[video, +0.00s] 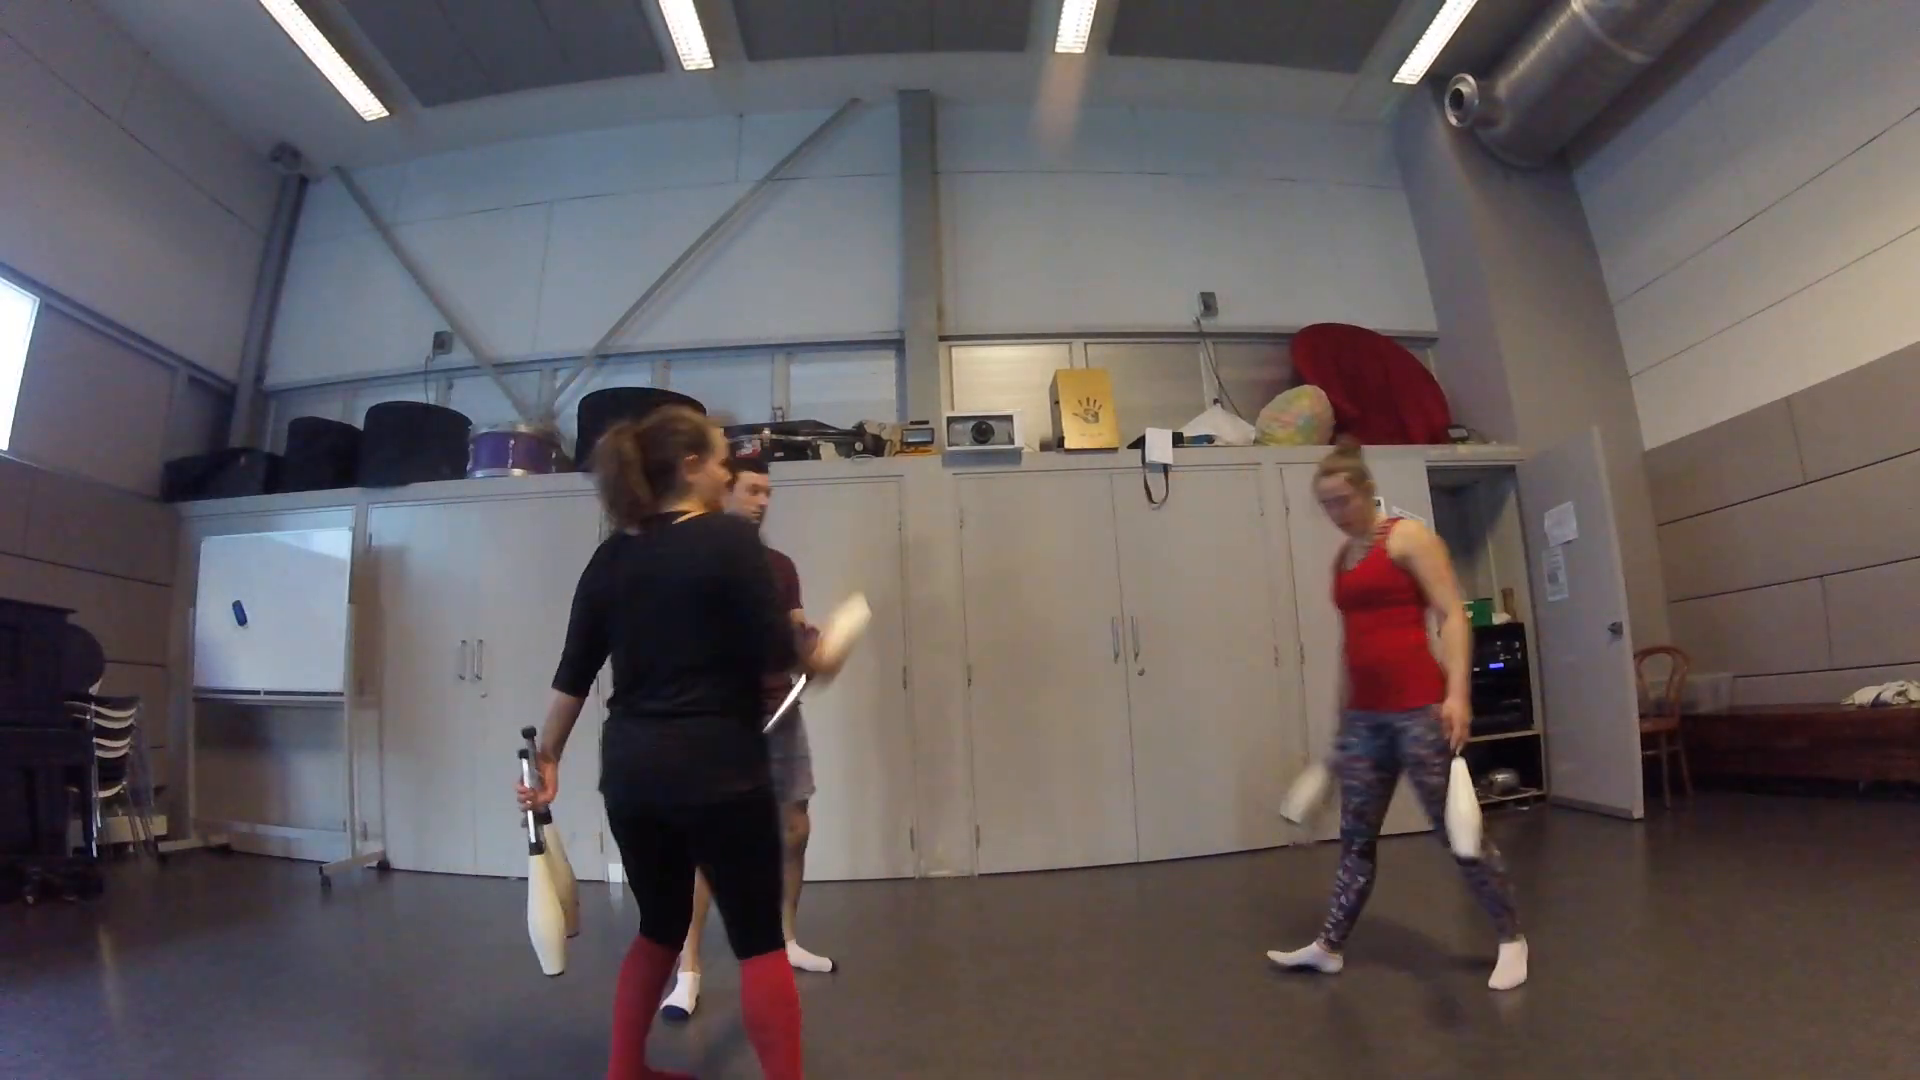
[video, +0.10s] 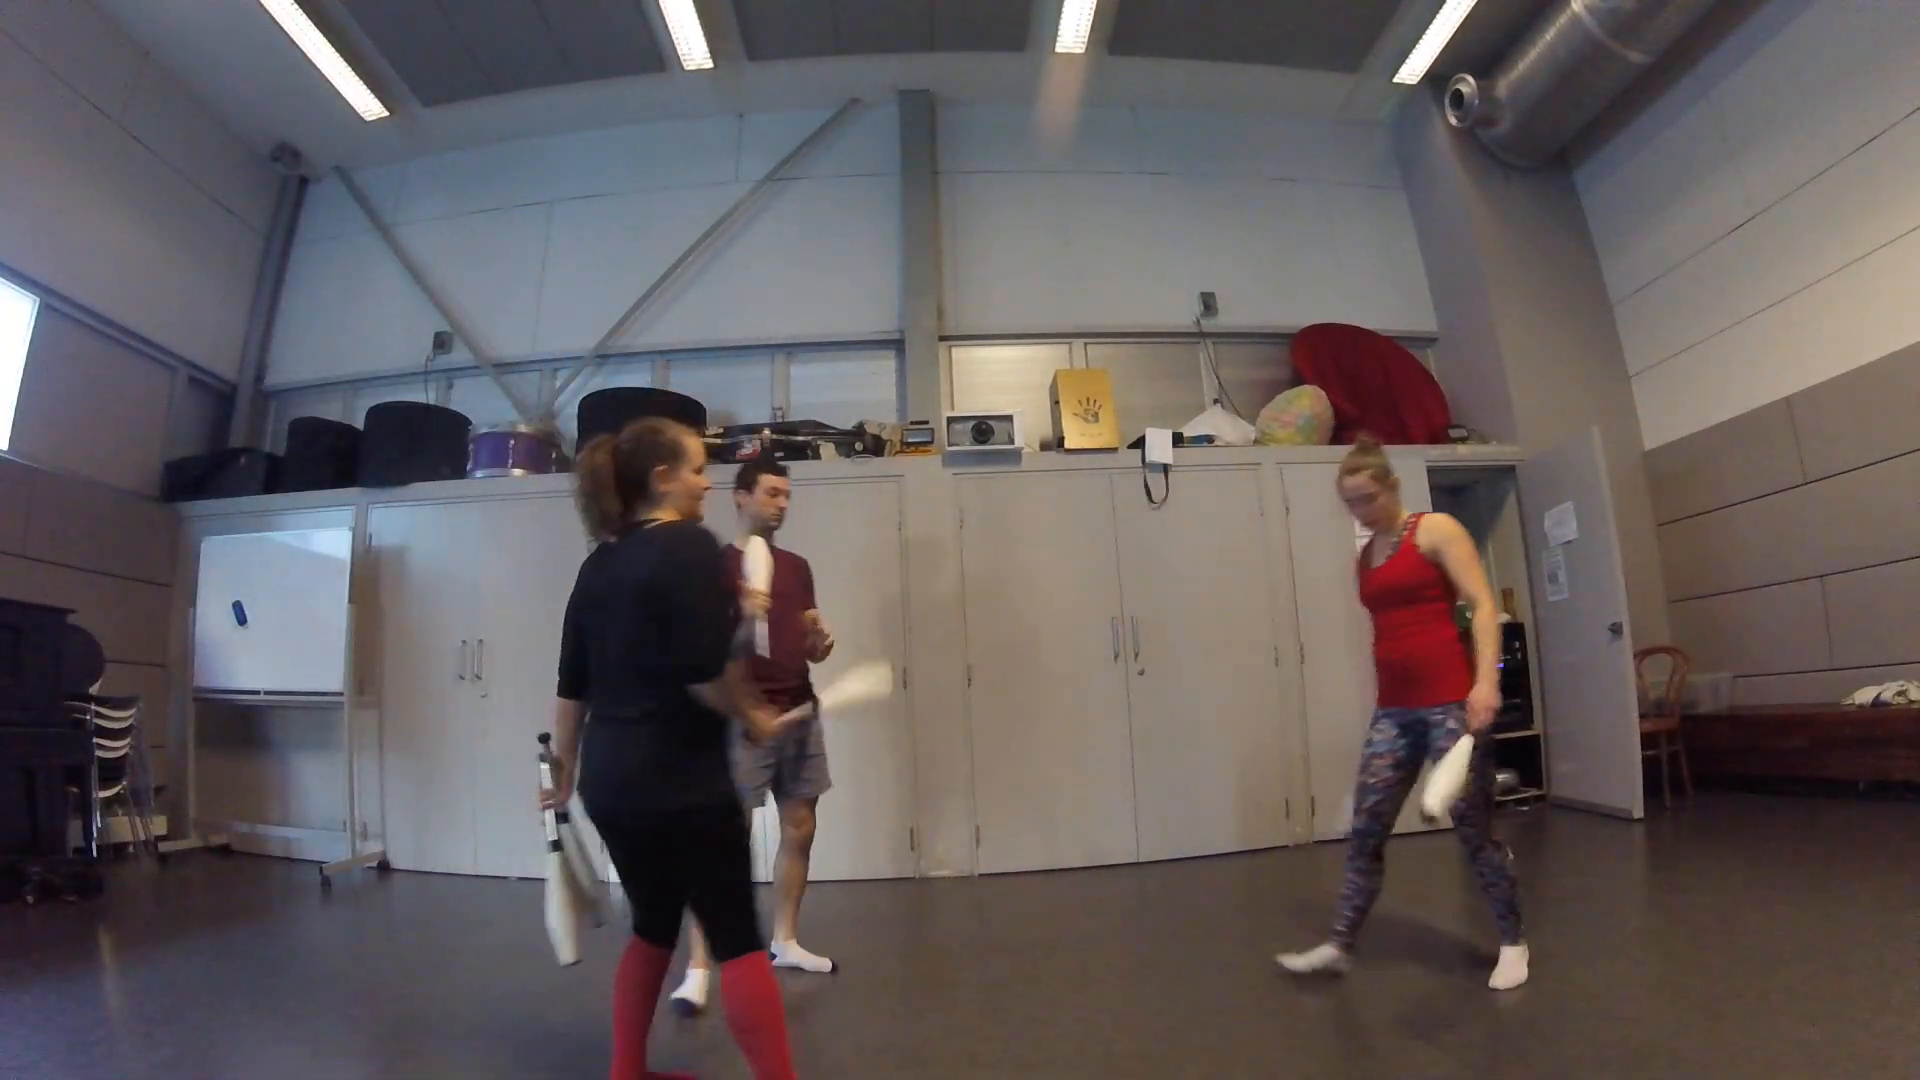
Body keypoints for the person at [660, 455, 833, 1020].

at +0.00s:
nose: (761, 501)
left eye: (766, 493)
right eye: (753, 491)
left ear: (769, 500)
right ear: (722, 492)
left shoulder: (777, 566)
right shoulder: (685, 561)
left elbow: (792, 639)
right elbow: (667, 641)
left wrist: (801, 634)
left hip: (775, 712)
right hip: (709, 718)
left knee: (794, 831)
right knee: (701, 851)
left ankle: (782, 940)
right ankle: (688, 968)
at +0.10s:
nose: (782, 504)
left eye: (786, 495)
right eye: (773, 494)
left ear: (786, 502)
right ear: (742, 498)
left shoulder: (794, 567)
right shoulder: (719, 566)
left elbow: (812, 651)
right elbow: (708, 651)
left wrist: (819, 638)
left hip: (799, 714)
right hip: (740, 719)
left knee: (801, 831)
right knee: (723, 839)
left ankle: (785, 941)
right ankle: (700, 963)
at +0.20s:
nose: (801, 506)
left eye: (804, 498)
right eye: (792, 497)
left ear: (801, 504)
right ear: (761, 499)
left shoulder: (808, 567)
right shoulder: (734, 571)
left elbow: (829, 647)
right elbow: (733, 656)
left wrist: (831, 640)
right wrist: (776, 633)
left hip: (811, 707)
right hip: (761, 711)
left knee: (800, 830)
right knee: (760, 833)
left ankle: (786, 941)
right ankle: (744, 954)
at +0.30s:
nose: (817, 508)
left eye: (821, 500)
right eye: (809, 498)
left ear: (818, 505)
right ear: (778, 499)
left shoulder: (822, 569)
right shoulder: (750, 571)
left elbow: (842, 651)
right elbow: (746, 655)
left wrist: (843, 635)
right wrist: (799, 635)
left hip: (822, 707)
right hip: (775, 711)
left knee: (804, 833)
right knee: (800, 832)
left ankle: (787, 941)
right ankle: (789, 948)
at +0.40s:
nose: (832, 510)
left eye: (837, 503)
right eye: (824, 501)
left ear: (837, 509)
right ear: (794, 502)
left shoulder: (837, 572)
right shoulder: (768, 571)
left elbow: (854, 655)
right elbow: (758, 652)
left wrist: (859, 634)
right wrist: (822, 637)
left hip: (835, 703)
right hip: (790, 708)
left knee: (805, 827)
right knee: (842, 825)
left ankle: (784, 939)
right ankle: (857, 946)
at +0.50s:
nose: (850, 514)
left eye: (855, 506)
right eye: (842, 504)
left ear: (855, 511)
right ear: (812, 504)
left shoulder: (850, 573)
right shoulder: (788, 574)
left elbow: (870, 651)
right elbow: (778, 661)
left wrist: (873, 638)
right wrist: (846, 644)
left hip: (847, 715)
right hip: (811, 718)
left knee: (814, 830)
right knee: (872, 825)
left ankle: (785, 939)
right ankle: (909, 944)